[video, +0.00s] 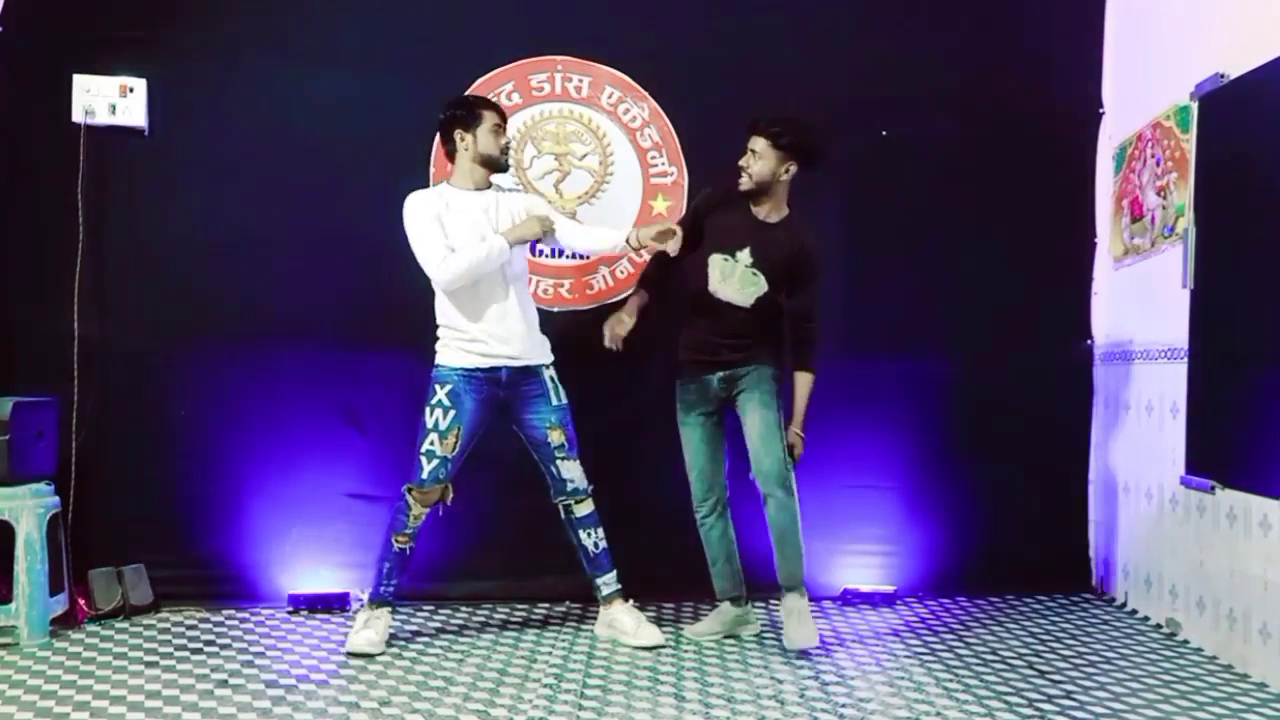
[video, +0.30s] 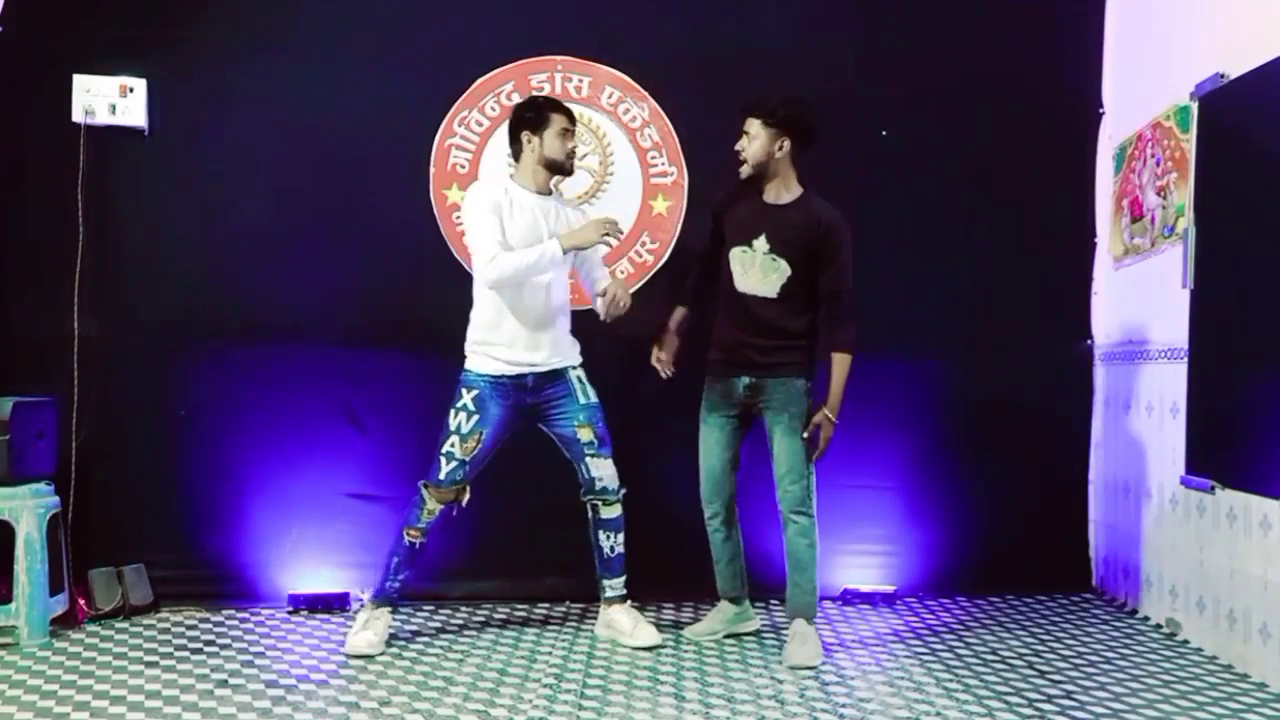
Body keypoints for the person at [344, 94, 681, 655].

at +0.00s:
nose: (506, 141)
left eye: (505, 131)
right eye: (496, 131)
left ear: (477, 140)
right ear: (460, 138)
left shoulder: (515, 199)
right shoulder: (423, 204)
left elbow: (570, 234)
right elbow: (446, 273)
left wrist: (632, 238)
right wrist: (513, 237)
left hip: (531, 365)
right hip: (462, 368)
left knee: (572, 481)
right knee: (425, 485)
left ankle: (613, 604)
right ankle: (378, 607)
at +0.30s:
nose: (573, 145)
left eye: (573, 136)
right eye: (564, 135)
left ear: (554, 142)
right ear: (529, 138)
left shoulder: (574, 210)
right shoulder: (486, 198)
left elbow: (596, 286)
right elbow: (490, 270)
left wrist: (612, 295)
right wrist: (569, 242)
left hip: (561, 370)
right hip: (492, 371)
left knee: (604, 480)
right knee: (442, 486)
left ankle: (615, 606)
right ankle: (380, 607)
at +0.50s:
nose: (617, 133)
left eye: (618, 125)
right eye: (607, 123)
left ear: (591, 133)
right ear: (571, 128)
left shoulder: (614, 207)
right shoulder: (525, 188)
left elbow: (624, 272)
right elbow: (483, 262)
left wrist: (634, 308)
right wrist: (556, 273)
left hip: (598, 362)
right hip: (532, 360)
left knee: (613, 481)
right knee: (493, 479)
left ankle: (616, 605)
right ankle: (445, 603)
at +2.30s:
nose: (624, 131)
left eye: (630, 123)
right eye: (614, 119)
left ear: (632, 127)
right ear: (583, 116)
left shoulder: (638, 185)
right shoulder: (548, 176)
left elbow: (678, 253)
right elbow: (489, 249)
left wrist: (657, 262)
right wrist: (530, 195)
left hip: (628, 351)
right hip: (564, 350)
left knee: (617, 481)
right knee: (544, 480)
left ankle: (616, 605)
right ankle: (516, 611)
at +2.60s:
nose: (593, 151)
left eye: (601, 140)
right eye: (582, 142)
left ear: (617, 128)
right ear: (561, 132)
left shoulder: (644, 188)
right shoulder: (550, 181)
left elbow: (689, 250)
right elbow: (494, 161)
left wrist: (663, 259)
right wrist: (542, 116)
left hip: (625, 352)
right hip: (560, 350)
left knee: (617, 479)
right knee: (543, 478)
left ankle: (615, 604)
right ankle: (516, 610)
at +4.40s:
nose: (606, 125)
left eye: (608, 115)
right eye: (595, 115)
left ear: (605, 120)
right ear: (560, 120)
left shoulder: (626, 182)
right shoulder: (536, 179)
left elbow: (670, 243)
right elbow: (485, 153)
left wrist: (656, 259)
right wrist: (532, 115)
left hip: (615, 350)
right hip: (552, 349)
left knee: (610, 477)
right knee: (538, 478)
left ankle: (615, 604)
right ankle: (515, 611)